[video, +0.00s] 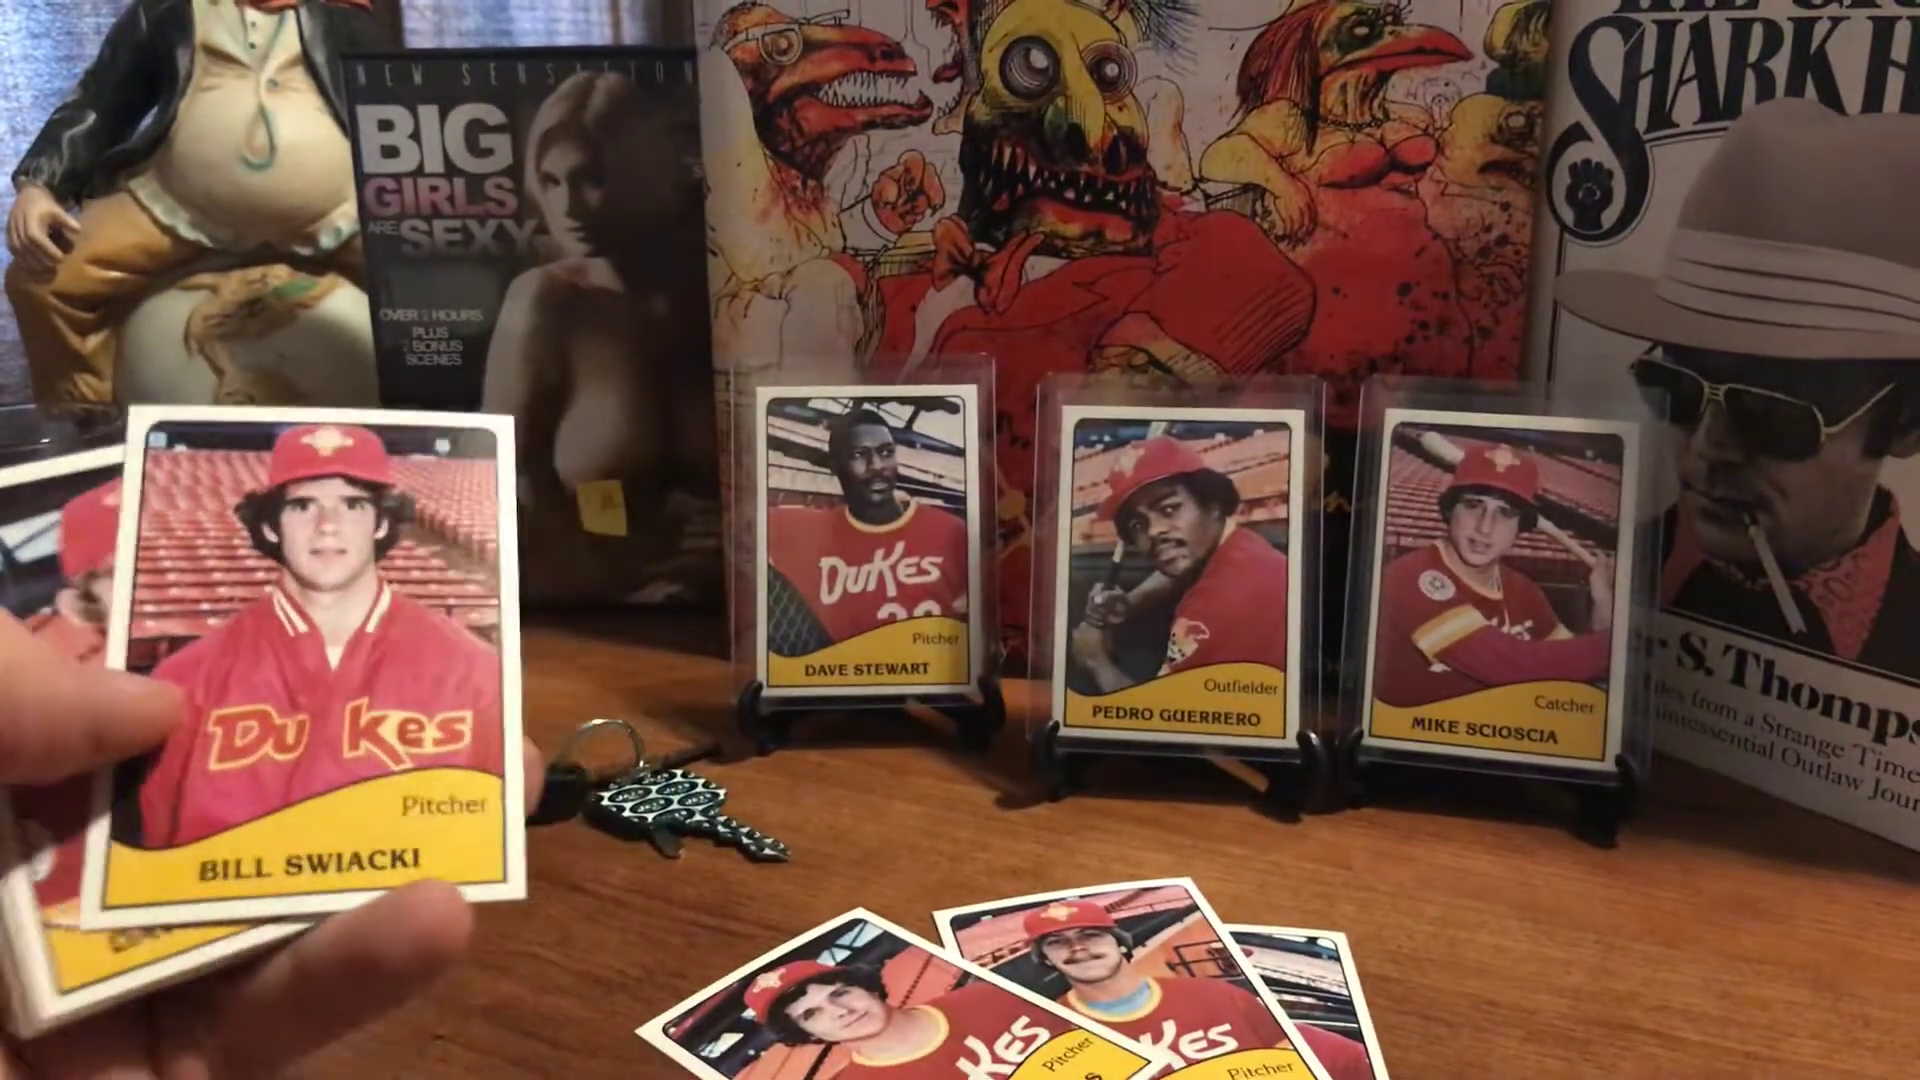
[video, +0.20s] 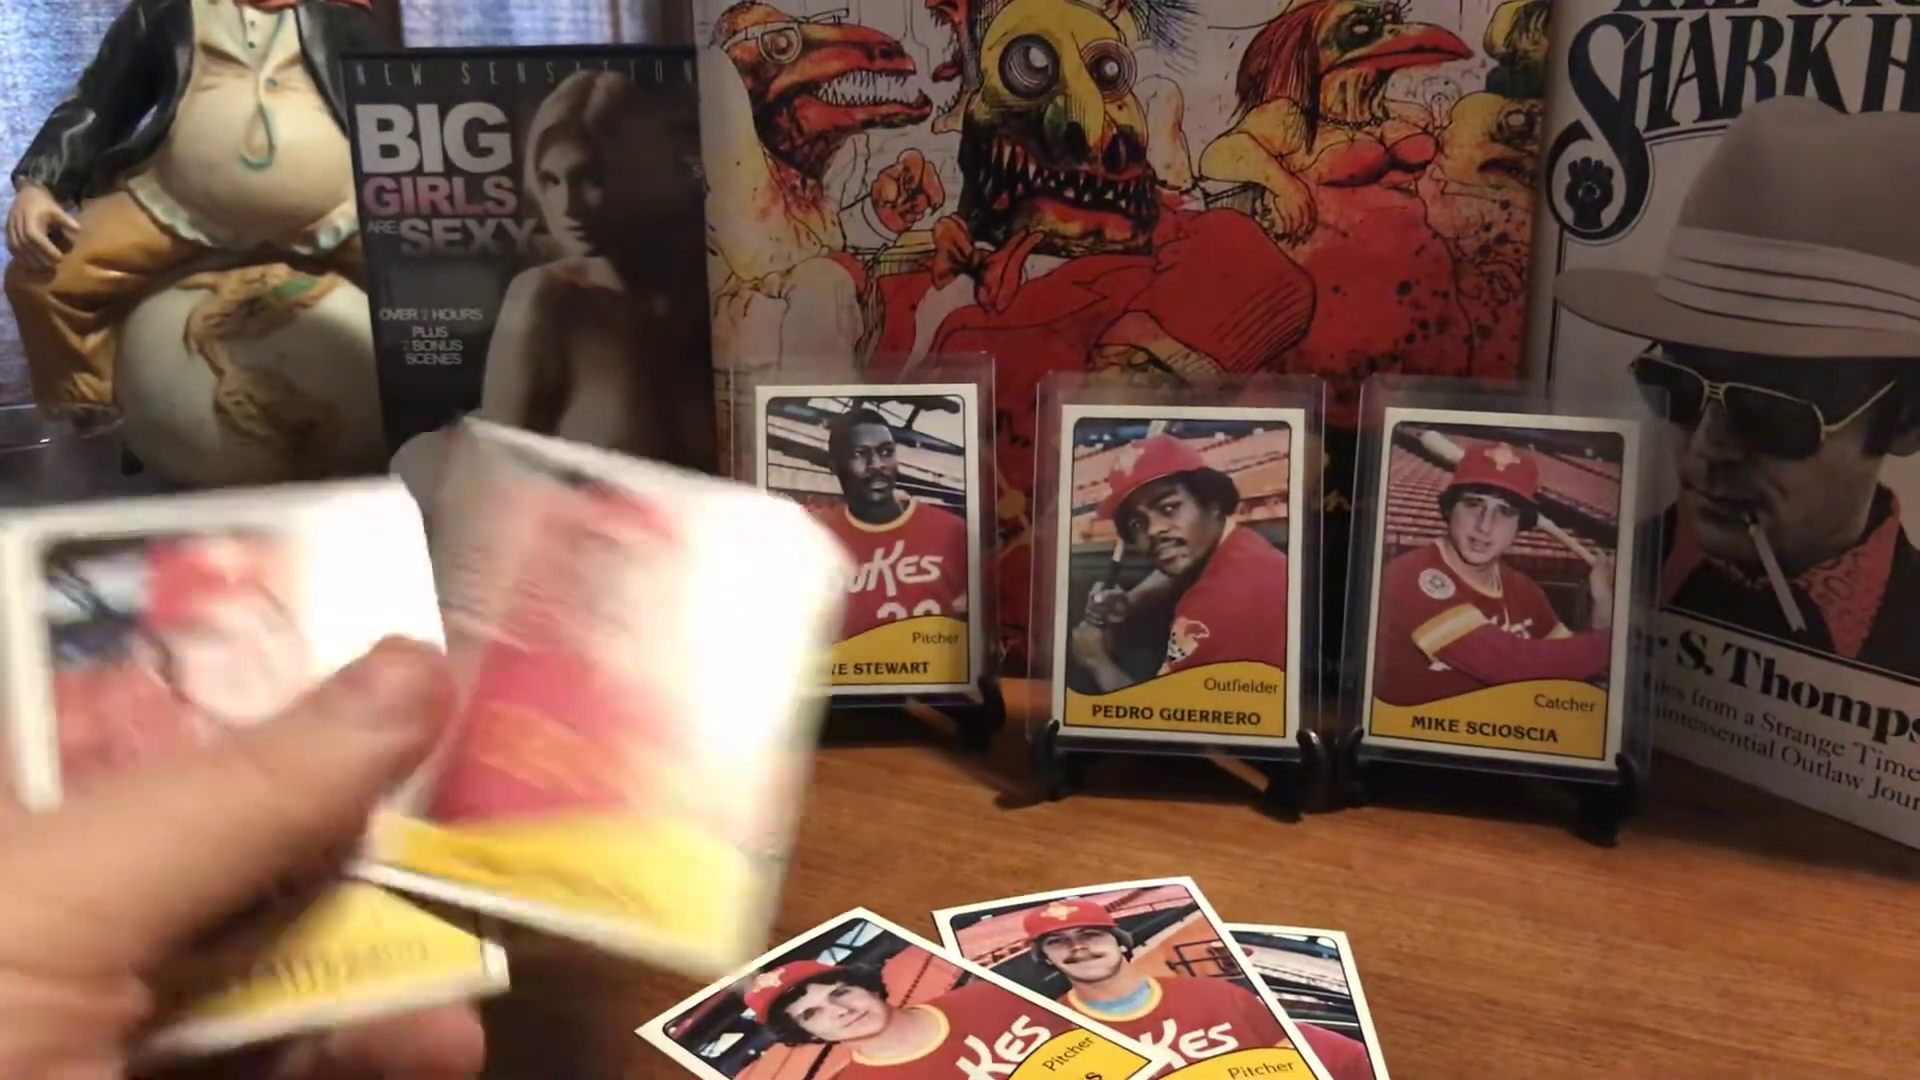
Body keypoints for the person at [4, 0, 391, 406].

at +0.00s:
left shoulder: (349, 20)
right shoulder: (165, 13)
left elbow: (401, 109)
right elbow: (98, 104)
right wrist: (35, 183)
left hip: (338, 214)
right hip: (179, 208)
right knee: (43, 283)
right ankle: (92, 441)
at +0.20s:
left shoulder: (348, 19)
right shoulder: (163, 11)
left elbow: (398, 109)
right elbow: (97, 103)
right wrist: (35, 183)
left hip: (337, 212)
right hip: (178, 207)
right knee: (43, 281)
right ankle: (102, 441)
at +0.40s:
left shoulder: (345, 17)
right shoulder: (163, 12)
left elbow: (397, 101)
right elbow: (98, 101)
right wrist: (35, 181)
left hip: (337, 210)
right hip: (177, 204)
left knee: (442, 294)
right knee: (42, 280)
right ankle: (101, 446)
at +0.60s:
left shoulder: (349, 19)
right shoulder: (165, 11)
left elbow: (400, 109)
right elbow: (98, 102)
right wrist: (35, 182)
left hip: (338, 212)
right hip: (178, 206)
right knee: (42, 280)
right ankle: (101, 439)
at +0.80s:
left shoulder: (350, 21)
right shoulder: (166, 12)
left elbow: (402, 109)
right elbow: (99, 102)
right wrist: (37, 183)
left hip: (339, 211)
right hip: (180, 207)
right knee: (43, 281)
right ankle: (105, 439)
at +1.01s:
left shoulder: (351, 19)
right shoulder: (167, 11)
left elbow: (404, 112)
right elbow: (99, 103)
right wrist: (37, 184)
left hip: (340, 213)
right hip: (180, 208)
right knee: (45, 284)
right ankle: (100, 449)